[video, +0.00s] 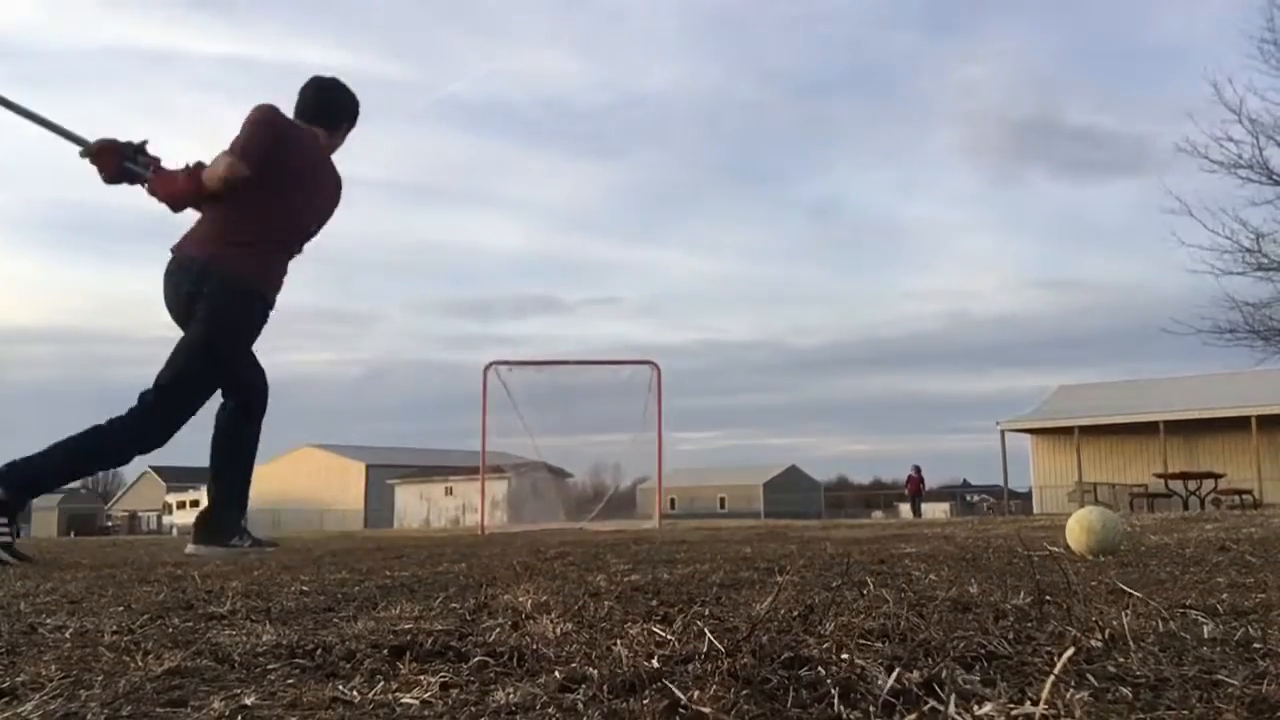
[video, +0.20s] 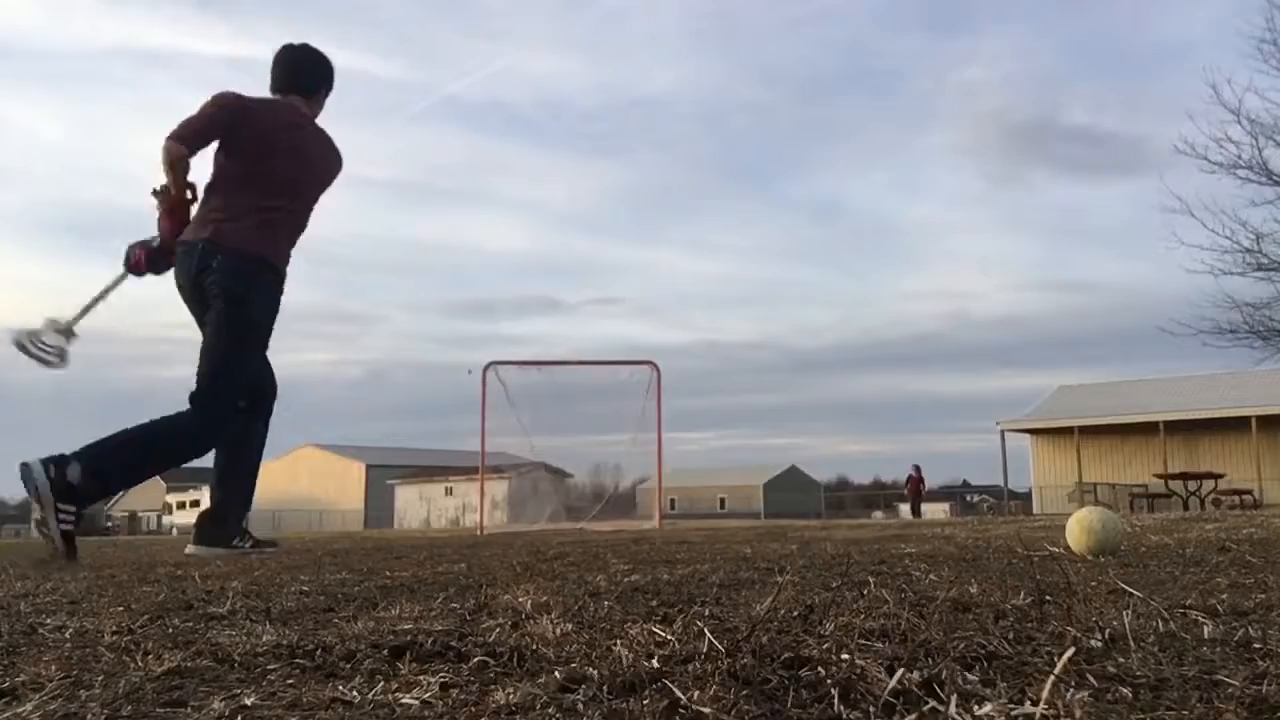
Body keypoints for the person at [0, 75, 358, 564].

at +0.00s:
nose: (343, 140)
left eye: (345, 132)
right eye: (347, 132)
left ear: (302, 107)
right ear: (342, 129)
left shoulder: (269, 120)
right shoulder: (329, 185)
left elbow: (229, 171)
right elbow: (233, 203)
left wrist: (146, 173)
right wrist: (147, 170)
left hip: (183, 278)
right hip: (240, 299)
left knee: (249, 389)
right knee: (151, 424)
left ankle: (222, 527)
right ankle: (10, 488)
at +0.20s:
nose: (321, 106)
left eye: (318, 99)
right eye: (325, 98)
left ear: (274, 82)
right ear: (322, 95)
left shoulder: (237, 107)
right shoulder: (326, 154)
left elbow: (176, 147)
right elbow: (245, 213)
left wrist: (177, 200)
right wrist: (167, 249)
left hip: (194, 263)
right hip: (250, 275)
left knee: (258, 390)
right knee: (212, 416)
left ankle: (224, 526)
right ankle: (70, 480)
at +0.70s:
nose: (318, 10)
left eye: (318, 5)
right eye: (318, 3)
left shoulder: (237, 45)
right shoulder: (288, 31)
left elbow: (204, 155)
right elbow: (322, 139)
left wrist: (291, 211)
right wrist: (411, 144)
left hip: (226, 214)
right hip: (255, 218)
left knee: (275, 378)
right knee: (283, 379)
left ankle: (238, 516)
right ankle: (191, 516)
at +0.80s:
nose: (319, 5)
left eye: (318, 2)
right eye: (317, 0)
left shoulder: (248, 31)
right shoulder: (282, 22)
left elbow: (222, 143)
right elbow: (313, 126)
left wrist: (301, 194)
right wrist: (406, 118)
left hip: (242, 205)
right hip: (252, 207)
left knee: (298, 362)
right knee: (299, 363)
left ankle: (246, 507)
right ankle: (187, 514)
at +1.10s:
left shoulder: (279, 15)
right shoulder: (295, 7)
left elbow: (275, 131)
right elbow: (288, 91)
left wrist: (338, 180)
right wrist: (367, 96)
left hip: (292, 196)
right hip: (274, 193)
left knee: (359, 350)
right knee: (248, 358)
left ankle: (364, 509)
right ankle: (183, 514)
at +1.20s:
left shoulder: (325, 18)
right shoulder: (304, 5)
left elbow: (317, 129)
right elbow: (297, 91)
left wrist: (369, 175)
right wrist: (377, 96)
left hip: (323, 196)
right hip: (282, 191)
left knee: (373, 352)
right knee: (254, 359)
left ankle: (367, 520)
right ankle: (185, 513)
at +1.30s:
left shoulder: (350, 18)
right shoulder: (318, 4)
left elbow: (344, 126)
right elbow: (315, 82)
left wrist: (400, 164)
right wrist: (400, 109)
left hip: (352, 195)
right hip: (303, 186)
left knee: (380, 352)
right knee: (287, 350)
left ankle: (365, 523)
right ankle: (196, 502)